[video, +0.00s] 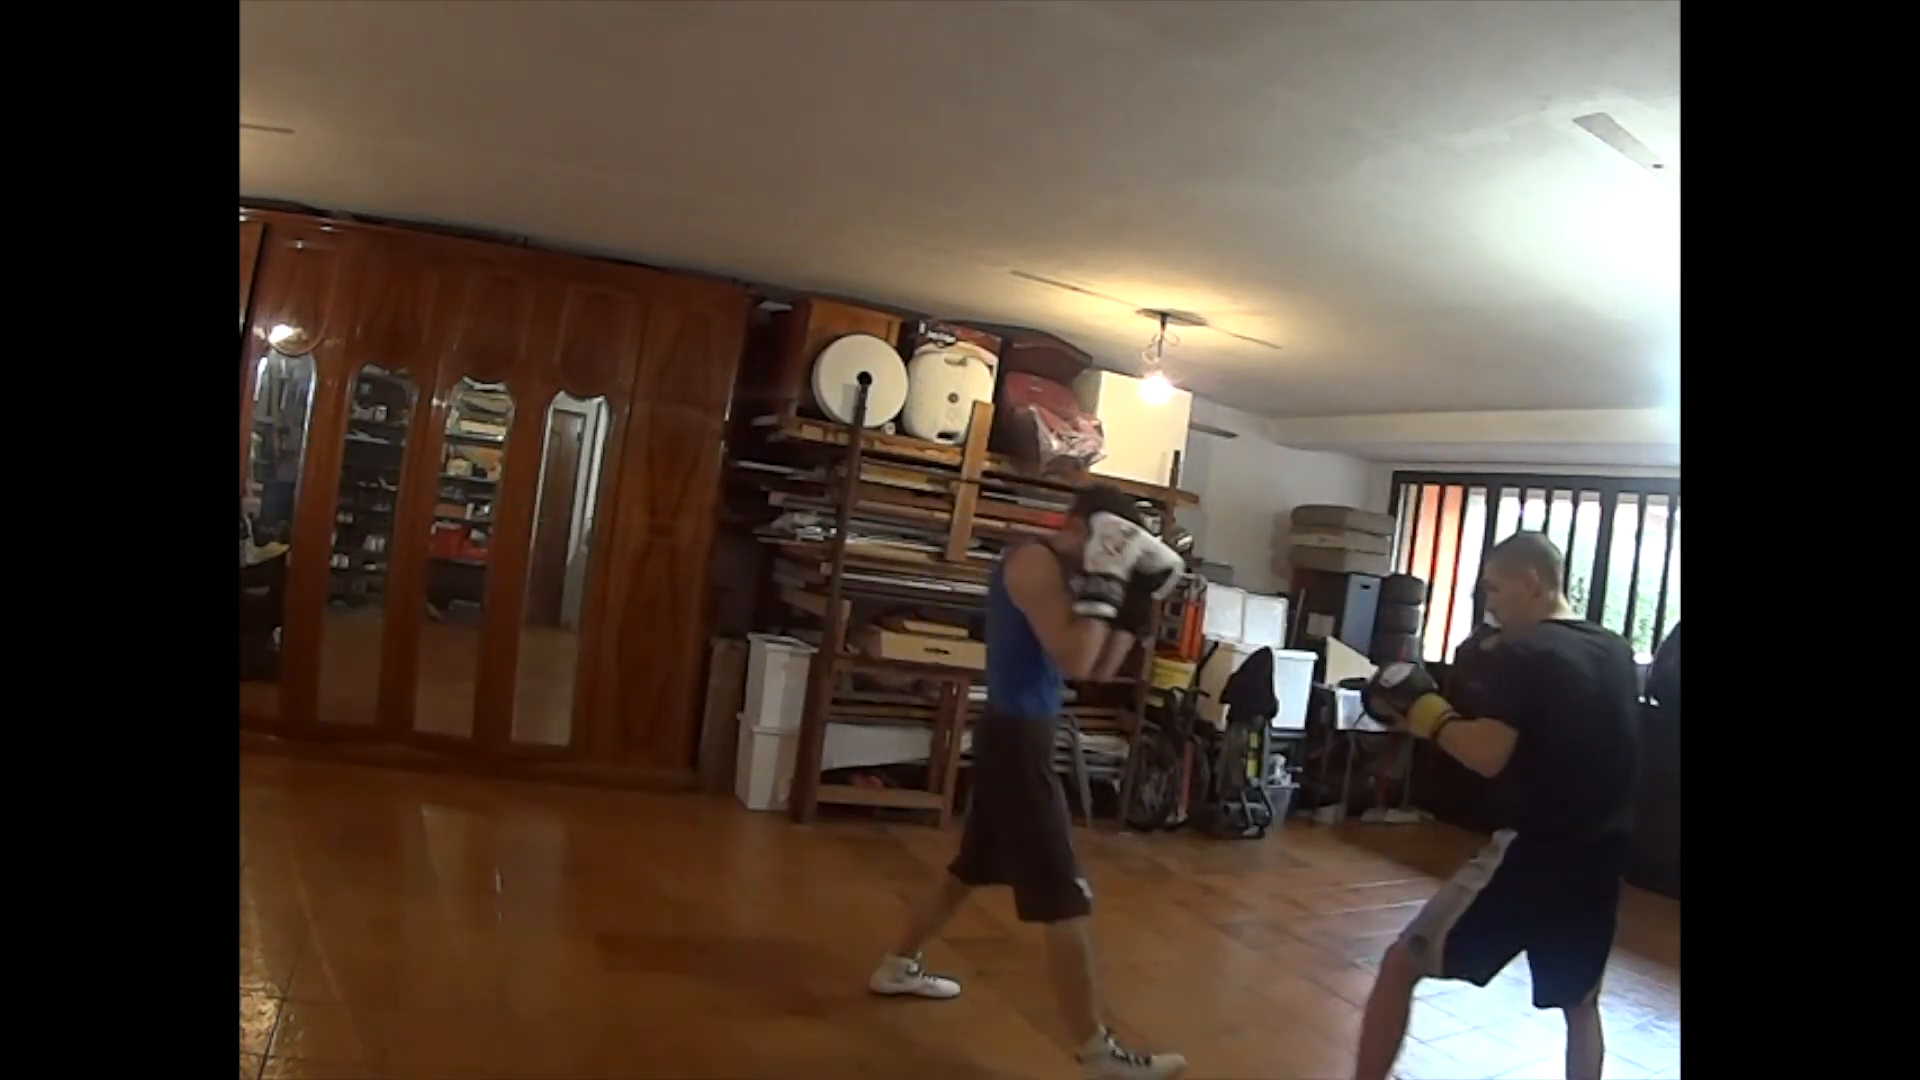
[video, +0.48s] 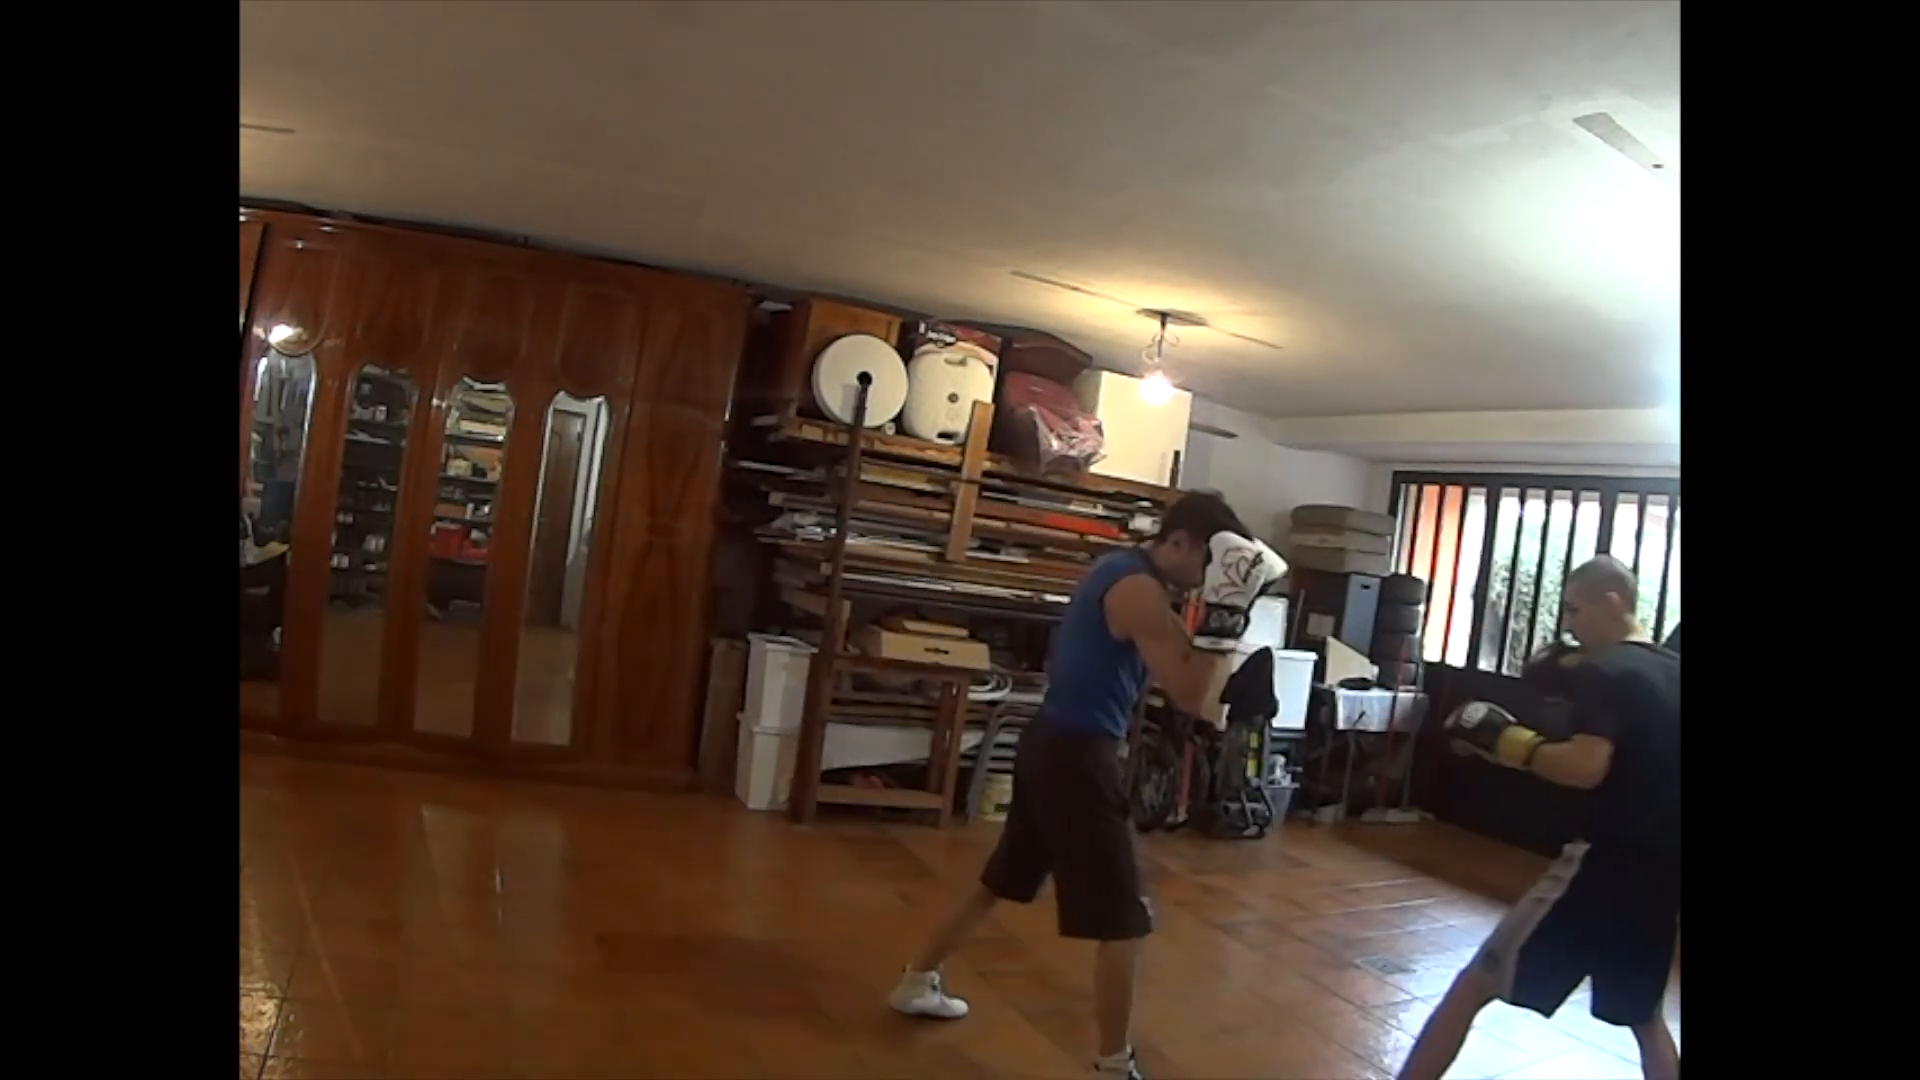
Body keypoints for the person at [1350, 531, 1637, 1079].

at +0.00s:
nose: (1488, 606)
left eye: (1492, 591)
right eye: (1486, 593)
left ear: (1532, 582)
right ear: (1550, 584)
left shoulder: (1520, 652)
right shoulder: (1614, 650)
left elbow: (1487, 753)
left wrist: (1425, 713)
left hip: (1526, 852)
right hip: (1598, 855)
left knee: (1401, 964)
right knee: (1583, 1005)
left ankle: (1366, 1076)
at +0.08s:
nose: (1485, 607)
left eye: (1488, 593)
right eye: (1483, 595)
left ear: (1525, 585)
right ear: (1549, 586)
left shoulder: (1515, 656)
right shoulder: (1612, 651)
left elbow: (1474, 752)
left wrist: (1413, 691)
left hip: (1528, 853)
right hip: (1602, 858)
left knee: (1411, 971)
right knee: (1588, 1001)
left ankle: (1376, 1076)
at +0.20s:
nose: (1490, 620)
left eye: (1495, 605)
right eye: (1487, 607)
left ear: (1534, 598)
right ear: (1549, 600)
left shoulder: (1521, 668)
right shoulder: (1617, 661)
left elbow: (1472, 757)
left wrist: (1421, 697)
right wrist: (1427, 703)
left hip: (1538, 860)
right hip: (1610, 861)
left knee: (1420, 975)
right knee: (1611, 999)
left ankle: (1379, 1078)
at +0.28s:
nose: (1510, 621)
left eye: (1514, 607)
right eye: (1509, 608)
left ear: (1551, 600)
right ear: (1571, 601)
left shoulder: (1545, 668)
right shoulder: (1635, 668)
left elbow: (1501, 764)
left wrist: (1442, 714)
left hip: (1552, 862)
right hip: (1622, 864)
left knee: (1429, 978)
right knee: (1626, 1007)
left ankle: (1382, 1077)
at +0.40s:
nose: (1553, 625)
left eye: (1559, 610)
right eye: (1552, 611)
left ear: (1598, 603)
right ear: (1606, 605)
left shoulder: (1593, 670)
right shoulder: (1669, 671)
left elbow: (1566, 767)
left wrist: (1492, 738)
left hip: (1592, 863)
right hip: (1655, 867)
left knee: (1462, 988)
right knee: (1641, 1014)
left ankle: (1396, 1076)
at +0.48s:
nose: (1568, 623)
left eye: (1574, 609)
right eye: (1566, 611)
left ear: (1614, 604)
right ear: (1623, 607)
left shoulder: (1606, 670)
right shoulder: (1670, 667)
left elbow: (1587, 764)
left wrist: (1508, 741)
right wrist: (1580, 668)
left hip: (1602, 862)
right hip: (1662, 868)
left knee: (1472, 989)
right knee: (1645, 1014)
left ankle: (1406, 1077)